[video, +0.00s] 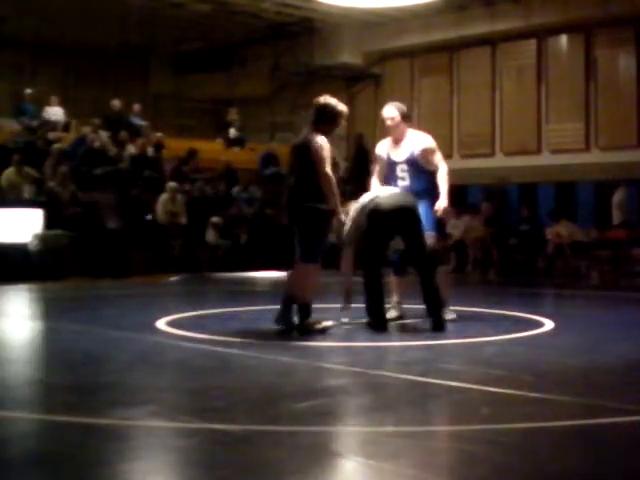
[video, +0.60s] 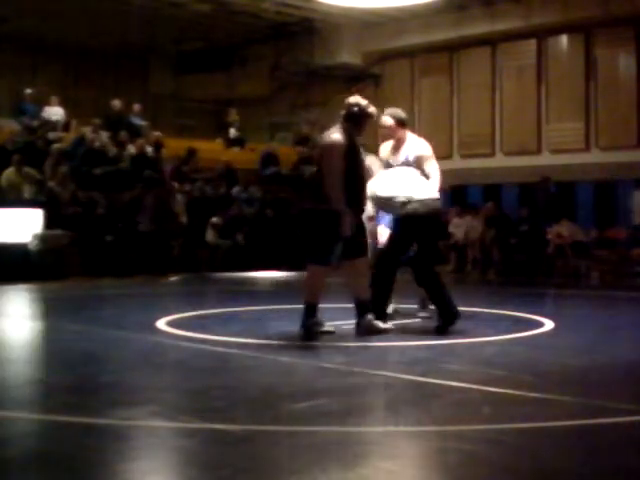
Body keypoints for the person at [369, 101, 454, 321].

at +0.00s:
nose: (387, 124)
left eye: (391, 119)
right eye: (385, 120)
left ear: (402, 119)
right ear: (384, 122)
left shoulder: (422, 141)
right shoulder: (383, 146)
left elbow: (442, 166)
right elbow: (377, 176)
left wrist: (443, 198)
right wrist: (375, 198)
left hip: (423, 200)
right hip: (395, 201)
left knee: (429, 247)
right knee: (392, 250)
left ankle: (442, 303)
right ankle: (394, 302)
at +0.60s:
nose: (386, 132)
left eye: (389, 128)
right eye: (384, 128)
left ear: (400, 126)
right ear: (385, 128)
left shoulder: (419, 146)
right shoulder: (386, 149)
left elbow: (434, 177)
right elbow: (382, 180)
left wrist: (427, 196)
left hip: (423, 215)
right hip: (401, 215)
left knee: (423, 267)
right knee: (384, 263)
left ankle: (447, 312)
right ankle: (377, 312)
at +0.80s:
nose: (388, 154)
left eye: (388, 149)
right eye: (387, 149)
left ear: (397, 145)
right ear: (411, 141)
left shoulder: (401, 164)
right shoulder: (436, 157)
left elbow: (396, 196)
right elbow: (450, 188)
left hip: (428, 212)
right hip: (451, 208)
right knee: (438, 268)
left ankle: (451, 323)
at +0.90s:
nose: (401, 132)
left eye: (404, 128)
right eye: (402, 128)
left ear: (414, 130)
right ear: (426, 131)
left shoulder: (412, 152)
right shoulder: (446, 149)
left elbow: (421, 182)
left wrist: (409, 201)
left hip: (440, 205)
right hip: (464, 203)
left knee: (418, 261)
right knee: (447, 266)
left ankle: (402, 315)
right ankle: (451, 322)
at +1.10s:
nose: (430, 116)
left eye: (434, 112)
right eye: (432, 111)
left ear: (445, 116)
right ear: (453, 117)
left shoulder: (444, 140)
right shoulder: (465, 142)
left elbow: (445, 173)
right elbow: (463, 180)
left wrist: (427, 186)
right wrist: (438, 192)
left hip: (454, 208)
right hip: (468, 208)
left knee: (447, 264)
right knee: (454, 264)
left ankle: (453, 319)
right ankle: (474, 307)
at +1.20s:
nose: (447, 114)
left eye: (452, 111)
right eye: (449, 110)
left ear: (464, 117)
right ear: (468, 119)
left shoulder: (462, 144)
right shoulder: (470, 143)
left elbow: (462, 178)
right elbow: (469, 183)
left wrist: (441, 185)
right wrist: (449, 197)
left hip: (470, 212)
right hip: (472, 211)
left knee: (457, 267)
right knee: (459, 267)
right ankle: (452, 321)